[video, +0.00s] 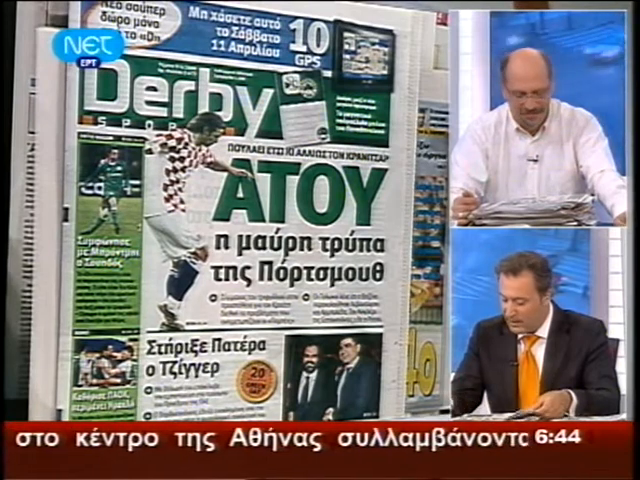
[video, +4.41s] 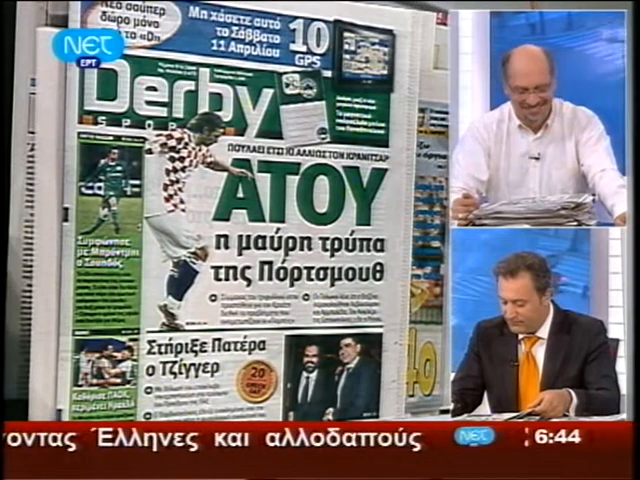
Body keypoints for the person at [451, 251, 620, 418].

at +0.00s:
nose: (509, 312)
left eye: (520, 302)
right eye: (505, 300)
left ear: (546, 297)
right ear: (499, 295)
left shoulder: (588, 333)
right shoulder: (486, 334)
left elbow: (610, 401)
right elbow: (461, 401)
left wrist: (570, 400)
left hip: (569, 451)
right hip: (505, 450)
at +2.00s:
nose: (507, 312)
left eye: (517, 302)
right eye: (502, 301)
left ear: (545, 297)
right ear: (497, 297)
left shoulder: (588, 332)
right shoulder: (486, 334)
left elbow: (610, 402)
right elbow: (463, 401)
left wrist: (569, 400)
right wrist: (451, 397)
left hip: (569, 452)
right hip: (505, 451)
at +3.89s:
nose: (509, 313)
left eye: (519, 304)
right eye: (504, 302)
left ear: (546, 297)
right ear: (498, 298)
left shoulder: (588, 333)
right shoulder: (487, 334)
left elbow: (610, 402)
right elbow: (461, 400)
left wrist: (569, 400)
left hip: (569, 451)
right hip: (505, 450)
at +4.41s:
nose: (509, 313)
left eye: (520, 304)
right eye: (504, 303)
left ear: (546, 297)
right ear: (499, 298)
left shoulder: (588, 333)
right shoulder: (487, 334)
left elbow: (610, 402)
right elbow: (461, 400)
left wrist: (569, 400)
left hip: (569, 451)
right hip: (506, 450)